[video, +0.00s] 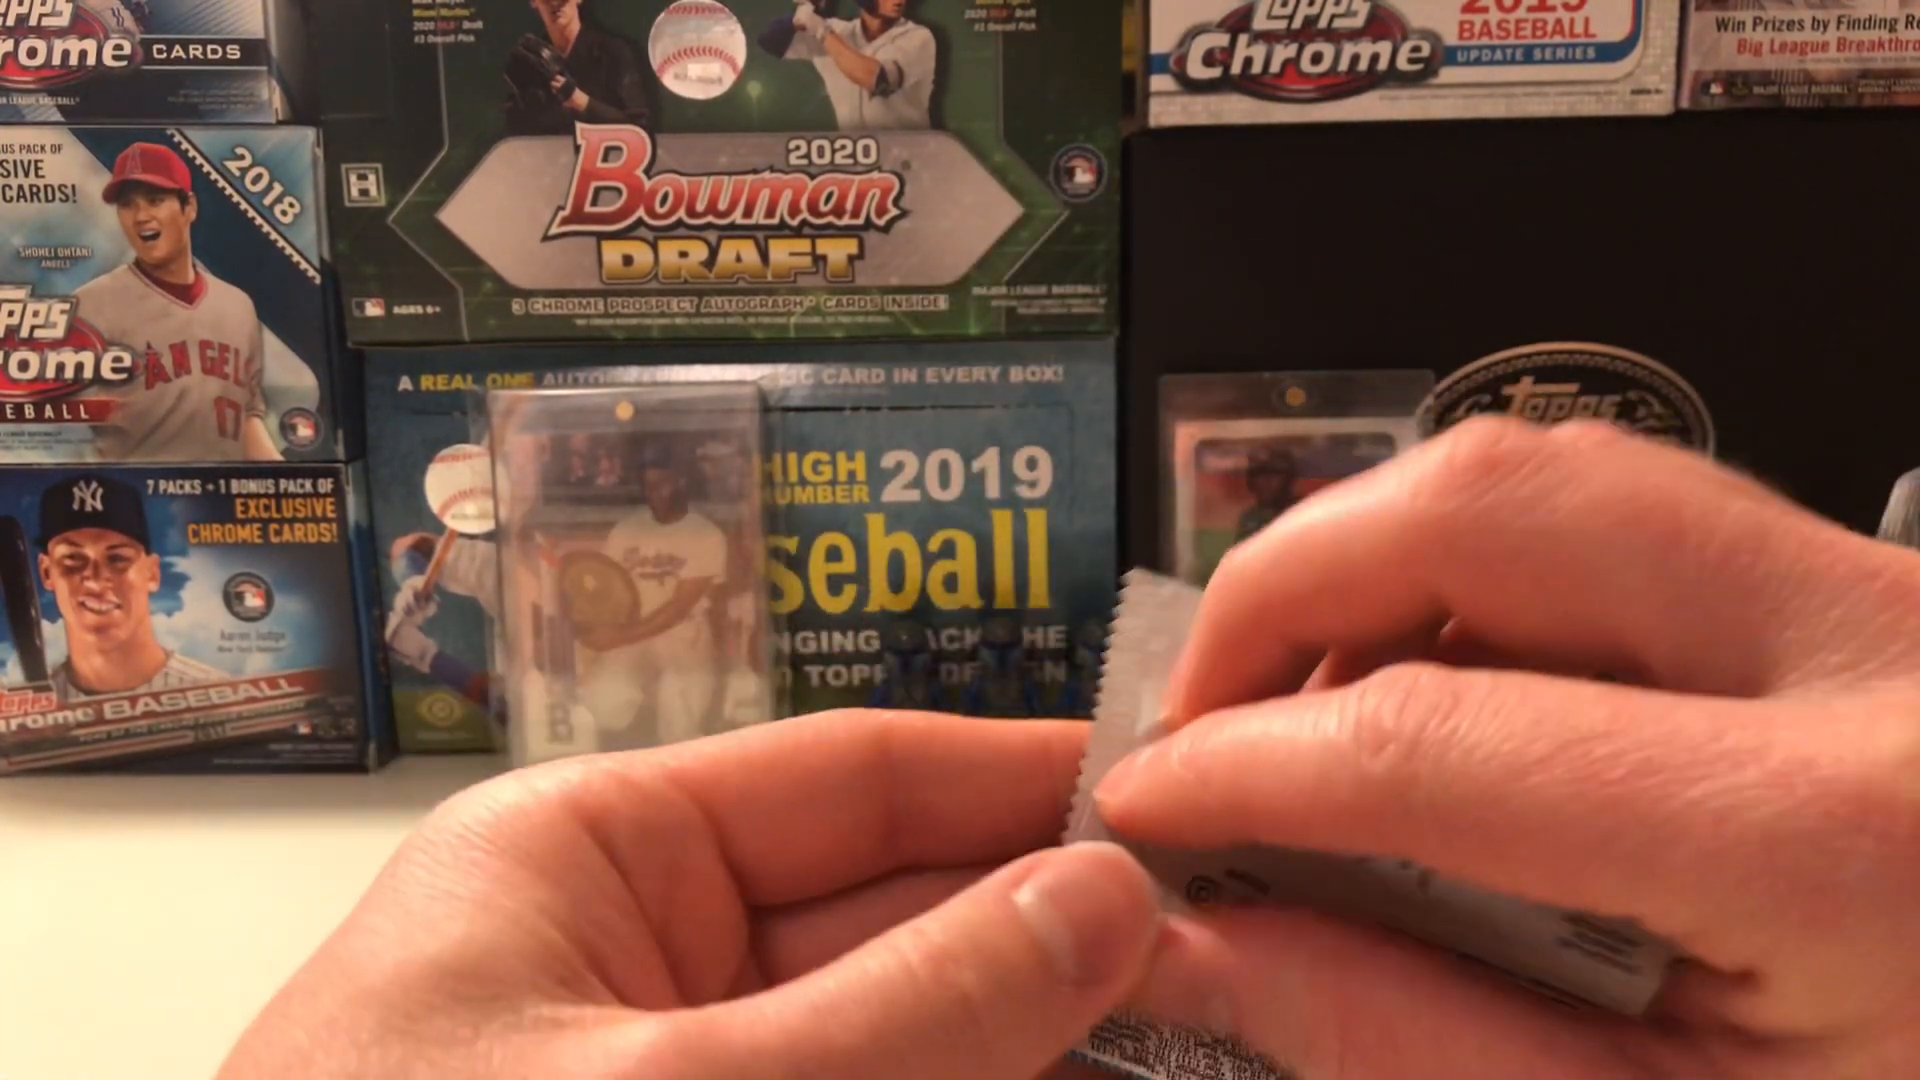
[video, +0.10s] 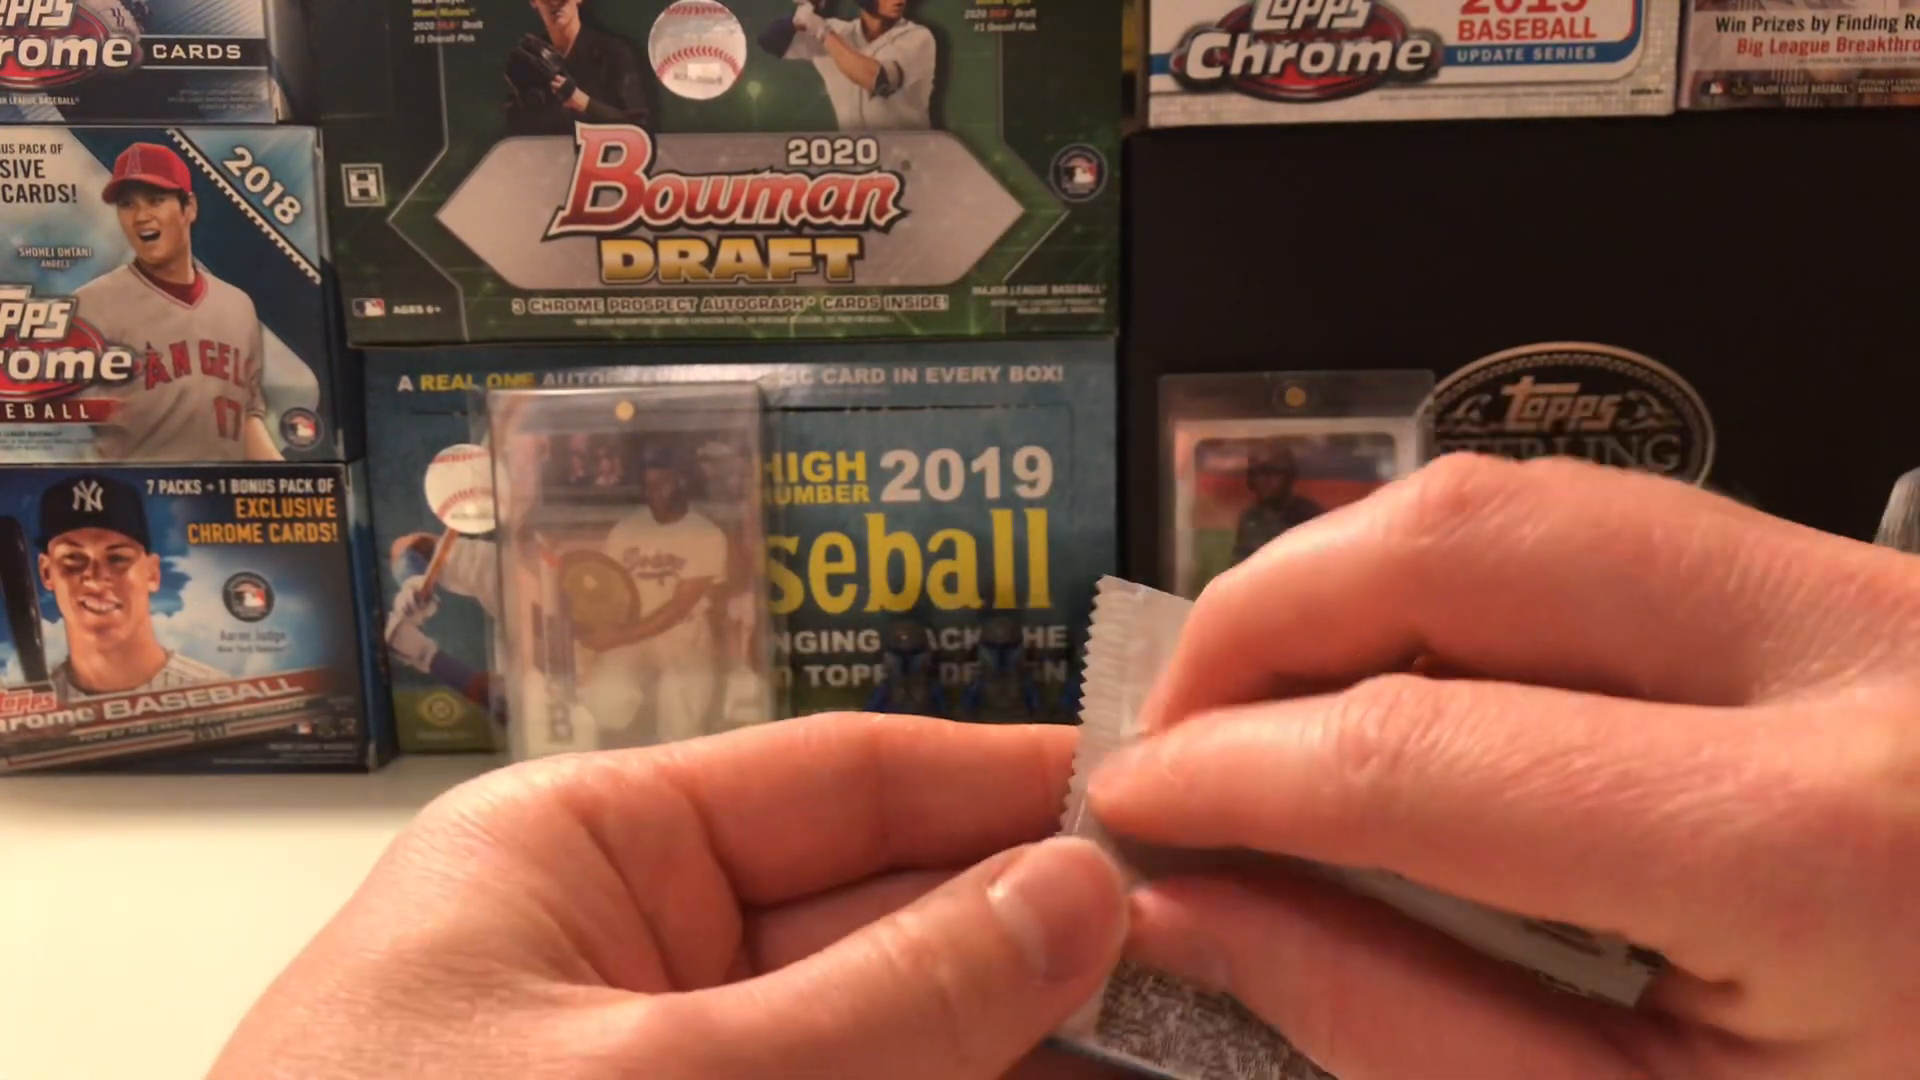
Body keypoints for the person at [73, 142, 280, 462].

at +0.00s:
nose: (142, 216)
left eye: (156, 200)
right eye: (129, 203)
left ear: (189, 209)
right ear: (118, 216)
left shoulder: (238, 306)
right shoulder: (91, 306)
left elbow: (248, 414)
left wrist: (282, 480)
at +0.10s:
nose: (143, 216)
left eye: (156, 200)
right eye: (128, 203)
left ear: (189, 210)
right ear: (118, 217)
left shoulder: (238, 306)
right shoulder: (91, 306)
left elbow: (248, 414)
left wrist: (282, 481)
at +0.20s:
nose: (142, 216)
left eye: (156, 200)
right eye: (128, 204)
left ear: (189, 210)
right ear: (118, 217)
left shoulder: (238, 307)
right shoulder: (91, 306)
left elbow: (248, 414)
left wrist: (282, 481)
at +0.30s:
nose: (143, 216)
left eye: (156, 200)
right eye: (128, 203)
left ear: (189, 209)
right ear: (118, 217)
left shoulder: (238, 306)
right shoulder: (91, 306)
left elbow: (248, 414)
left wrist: (282, 482)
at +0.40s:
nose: (143, 216)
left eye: (156, 199)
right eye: (129, 203)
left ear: (189, 209)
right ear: (118, 217)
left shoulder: (239, 306)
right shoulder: (90, 307)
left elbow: (248, 413)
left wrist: (282, 483)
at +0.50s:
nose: (143, 216)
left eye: (156, 199)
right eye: (129, 203)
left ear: (189, 209)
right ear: (118, 217)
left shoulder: (238, 306)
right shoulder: (91, 307)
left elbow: (248, 414)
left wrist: (283, 482)